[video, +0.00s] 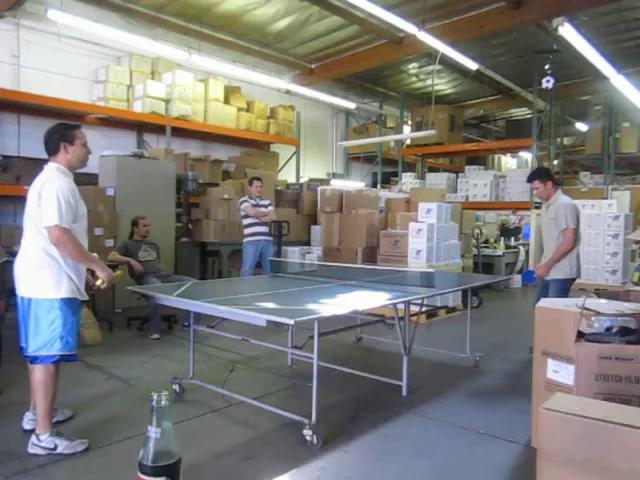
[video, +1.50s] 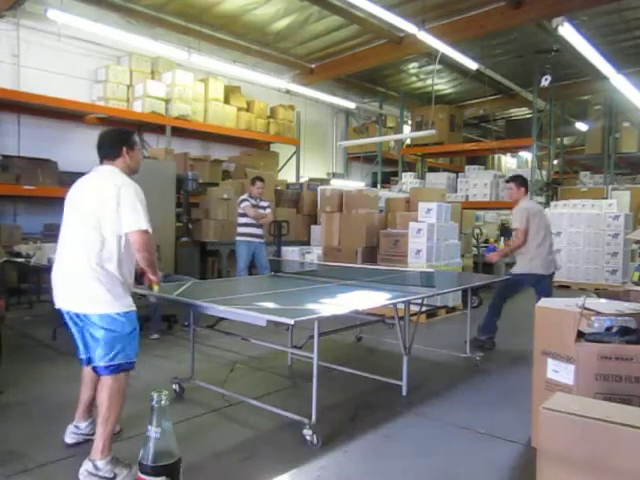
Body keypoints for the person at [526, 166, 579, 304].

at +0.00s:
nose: (535, 193)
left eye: (537, 189)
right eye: (533, 189)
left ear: (549, 184)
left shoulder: (564, 205)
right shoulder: (546, 206)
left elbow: (569, 241)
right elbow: (551, 242)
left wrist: (546, 266)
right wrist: (541, 265)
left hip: (562, 271)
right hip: (548, 271)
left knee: (553, 315)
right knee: (540, 311)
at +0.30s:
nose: (517, 203)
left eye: (518, 199)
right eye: (515, 200)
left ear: (529, 195)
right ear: (530, 196)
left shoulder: (543, 211)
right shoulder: (540, 210)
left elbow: (546, 250)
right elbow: (542, 248)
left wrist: (540, 276)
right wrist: (535, 271)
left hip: (563, 270)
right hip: (554, 270)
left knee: (552, 310)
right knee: (538, 304)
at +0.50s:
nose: (508, 204)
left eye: (509, 199)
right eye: (507, 200)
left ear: (519, 195)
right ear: (520, 195)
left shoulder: (532, 210)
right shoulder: (539, 207)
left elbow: (536, 244)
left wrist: (531, 273)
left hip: (554, 266)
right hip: (563, 263)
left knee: (538, 307)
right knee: (541, 306)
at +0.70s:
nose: (498, 203)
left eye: (498, 199)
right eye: (496, 199)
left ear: (507, 194)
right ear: (509, 194)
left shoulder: (520, 207)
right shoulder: (526, 205)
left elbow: (524, 243)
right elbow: (526, 242)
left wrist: (513, 263)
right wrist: (514, 259)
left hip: (545, 259)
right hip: (558, 258)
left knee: (519, 292)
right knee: (538, 296)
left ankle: (513, 338)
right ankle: (548, 338)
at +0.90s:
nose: (484, 206)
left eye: (484, 202)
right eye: (482, 203)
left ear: (493, 198)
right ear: (496, 198)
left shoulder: (506, 211)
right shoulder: (513, 209)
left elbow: (506, 249)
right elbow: (512, 251)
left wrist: (485, 262)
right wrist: (490, 261)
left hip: (528, 265)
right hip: (542, 264)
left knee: (502, 298)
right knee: (526, 300)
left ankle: (486, 337)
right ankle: (540, 338)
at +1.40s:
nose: (493, 193)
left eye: (496, 188)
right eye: (493, 188)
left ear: (508, 188)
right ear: (510, 189)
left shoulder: (509, 207)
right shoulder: (525, 206)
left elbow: (507, 238)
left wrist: (485, 254)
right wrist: (493, 249)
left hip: (519, 265)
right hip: (537, 265)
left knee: (494, 293)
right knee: (541, 307)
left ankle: (485, 335)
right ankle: (551, 341)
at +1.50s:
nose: (507, 194)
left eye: (510, 189)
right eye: (507, 189)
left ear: (521, 190)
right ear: (523, 190)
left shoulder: (521, 209)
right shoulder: (537, 208)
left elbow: (519, 239)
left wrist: (499, 254)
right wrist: (506, 250)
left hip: (528, 268)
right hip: (546, 268)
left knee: (500, 295)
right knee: (546, 312)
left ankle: (485, 336)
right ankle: (549, 347)